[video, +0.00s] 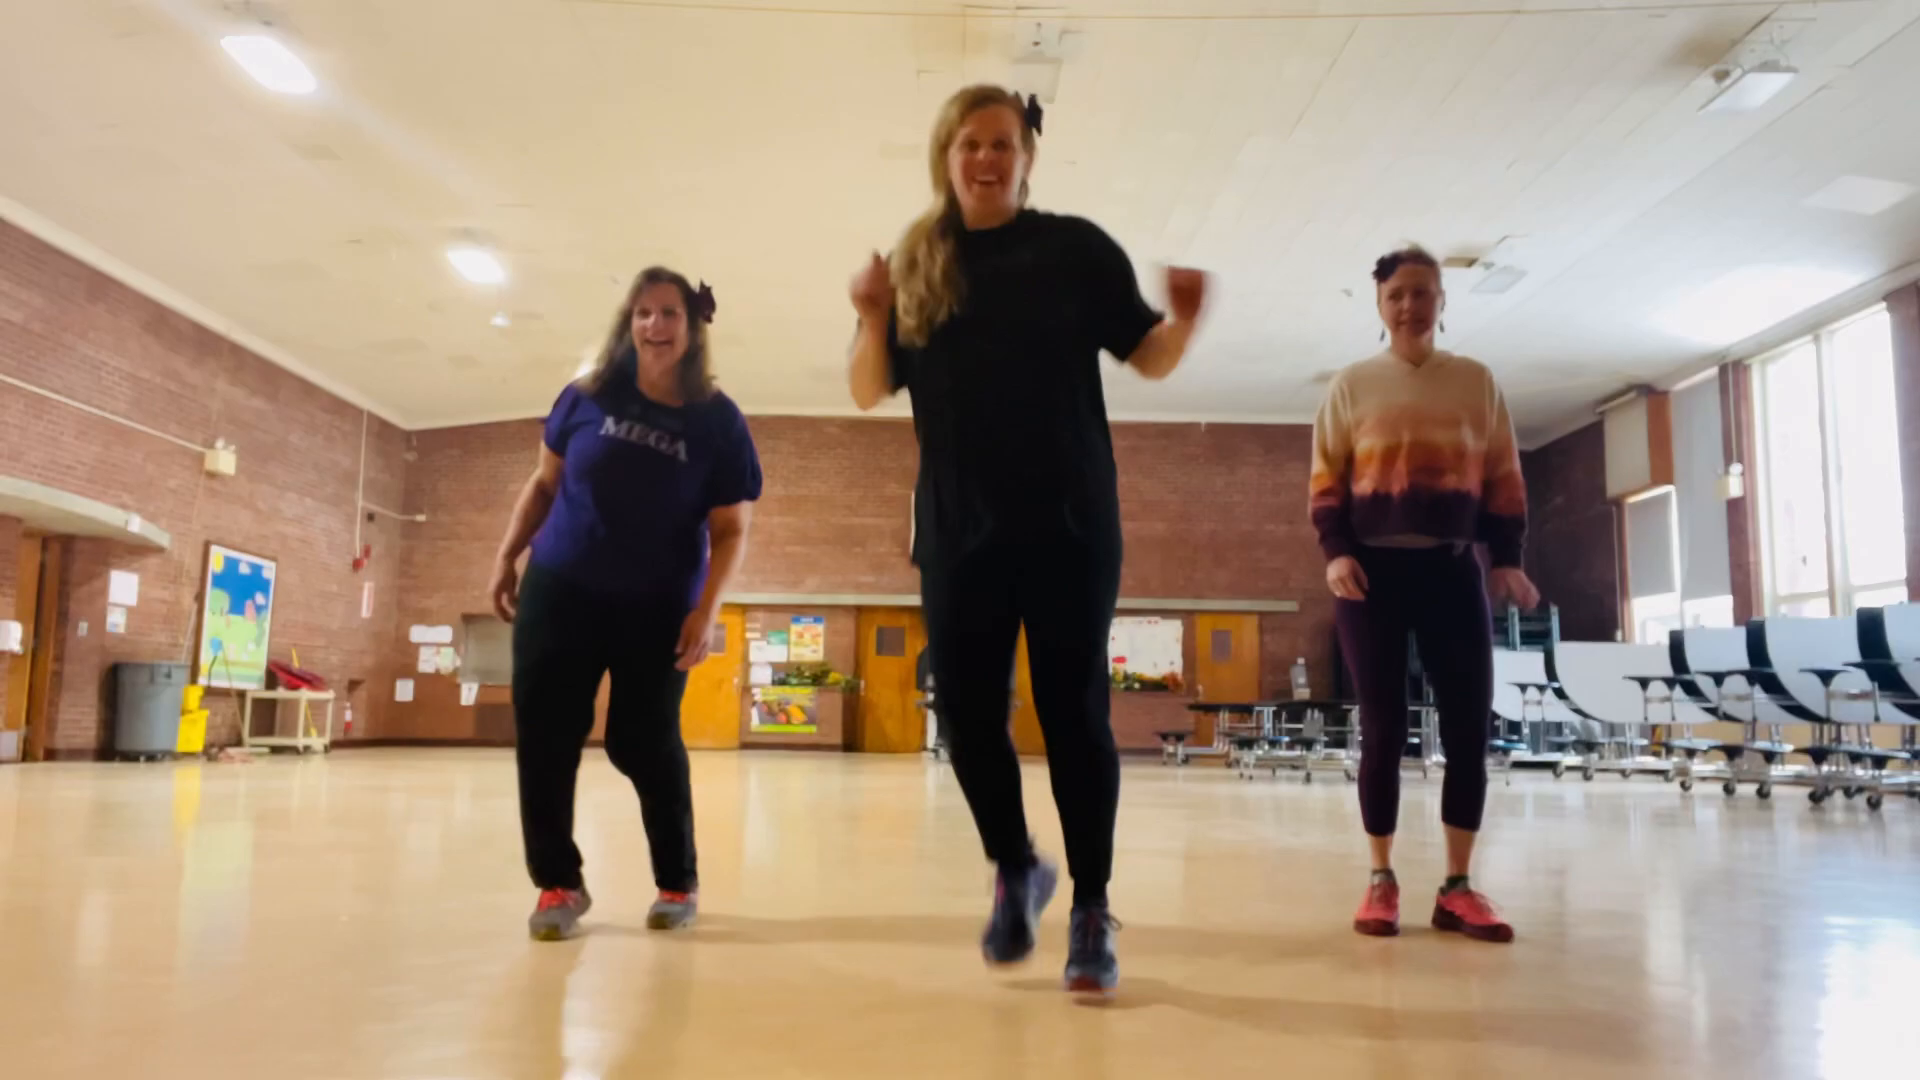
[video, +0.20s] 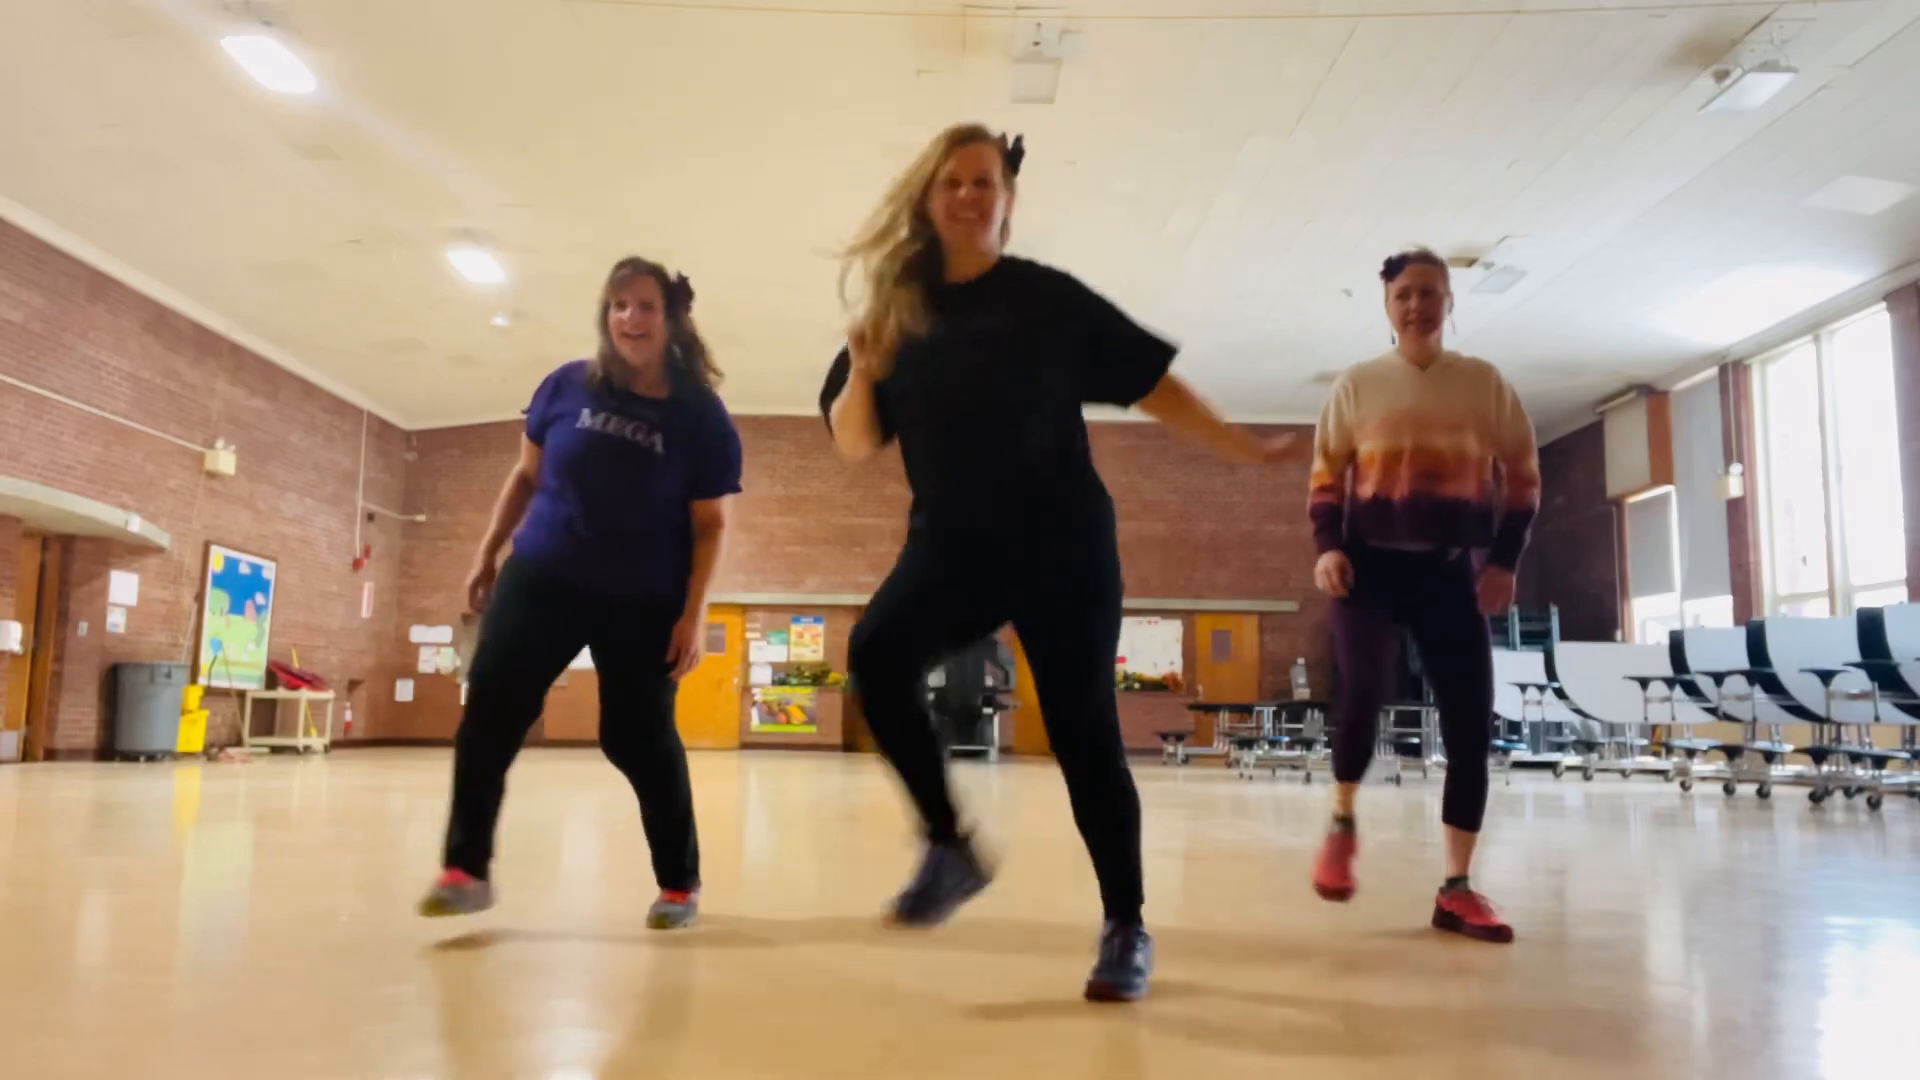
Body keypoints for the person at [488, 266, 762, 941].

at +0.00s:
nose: (655, 324)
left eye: (669, 314)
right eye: (644, 313)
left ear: (694, 327)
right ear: (627, 323)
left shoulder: (716, 419)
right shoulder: (585, 395)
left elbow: (729, 529)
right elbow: (545, 483)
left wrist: (705, 611)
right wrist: (507, 557)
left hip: (654, 606)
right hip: (562, 591)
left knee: (646, 744)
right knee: (544, 739)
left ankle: (677, 884)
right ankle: (558, 885)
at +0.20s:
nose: (630, 317)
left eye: (646, 307)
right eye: (619, 306)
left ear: (673, 320)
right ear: (605, 316)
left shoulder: (698, 413)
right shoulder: (568, 386)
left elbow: (710, 525)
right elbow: (526, 476)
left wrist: (692, 614)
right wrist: (487, 557)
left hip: (640, 599)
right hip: (543, 582)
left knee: (640, 738)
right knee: (490, 709)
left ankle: (679, 885)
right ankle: (466, 871)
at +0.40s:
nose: (560, 320)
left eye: (574, 308)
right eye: (548, 309)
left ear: (601, 319)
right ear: (531, 322)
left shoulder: (635, 410)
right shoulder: (500, 398)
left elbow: (672, 515)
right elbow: (470, 492)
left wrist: (685, 603)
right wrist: (443, 575)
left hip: (606, 598)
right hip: (501, 590)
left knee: (621, 742)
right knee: (444, 730)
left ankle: (678, 882)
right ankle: (406, 896)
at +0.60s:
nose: (479, 302)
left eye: (493, 290)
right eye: (466, 290)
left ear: (520, 303)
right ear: (449, 304)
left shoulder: (559, 390)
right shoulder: (420, 392)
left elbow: (597, 492)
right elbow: (390, 491)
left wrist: (618, 575)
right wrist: (366, 578)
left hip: (545, 592)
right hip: (438, 589)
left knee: (551, 737)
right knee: (405, 742)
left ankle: (578, 849)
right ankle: (402, 900)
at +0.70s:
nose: (454, 297)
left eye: (469, 285)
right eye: (441, 286)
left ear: (498, 297)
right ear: (427, 300)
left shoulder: (538, 386)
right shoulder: (397, 391)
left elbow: (574, 487)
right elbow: (372, 492)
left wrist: (568, 573)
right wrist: (348, 580)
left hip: (511, 595)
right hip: (412, 591)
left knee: (490, 740)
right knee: (395, 747)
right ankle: (399, 898)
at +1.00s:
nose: (441, 293)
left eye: (459, 286)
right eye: (433, 281)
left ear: (489, 306)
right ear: (417, 295)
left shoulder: (507, 403)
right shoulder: (368, 375)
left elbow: (521, 505)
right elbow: (326, 462)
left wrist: (493, 574)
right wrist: (293, 540)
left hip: (443, 594)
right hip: (345, 574)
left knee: (414, 737)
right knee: (316, 718)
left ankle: (408, 880)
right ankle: (328, 875)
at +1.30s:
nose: (364, 290)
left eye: (379, 282)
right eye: (352, 280)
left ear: (405, 303)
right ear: (332, 297)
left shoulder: (436, 397)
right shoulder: (287, 382)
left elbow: (458, 492)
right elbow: (249, 482)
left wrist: (465, 565)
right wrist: (214, 555)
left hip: (396, 594)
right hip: (288, 586)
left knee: (395, 740)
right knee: (256, 738)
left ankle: (408, 878)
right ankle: (240, 891)